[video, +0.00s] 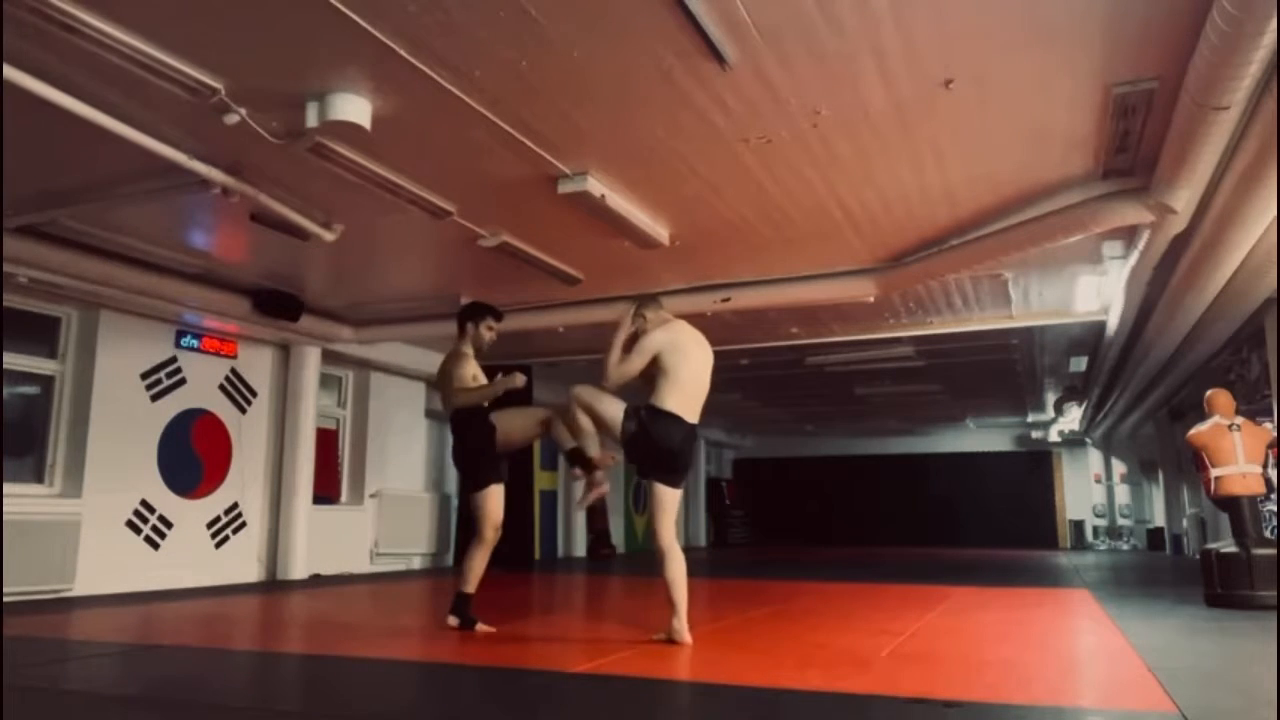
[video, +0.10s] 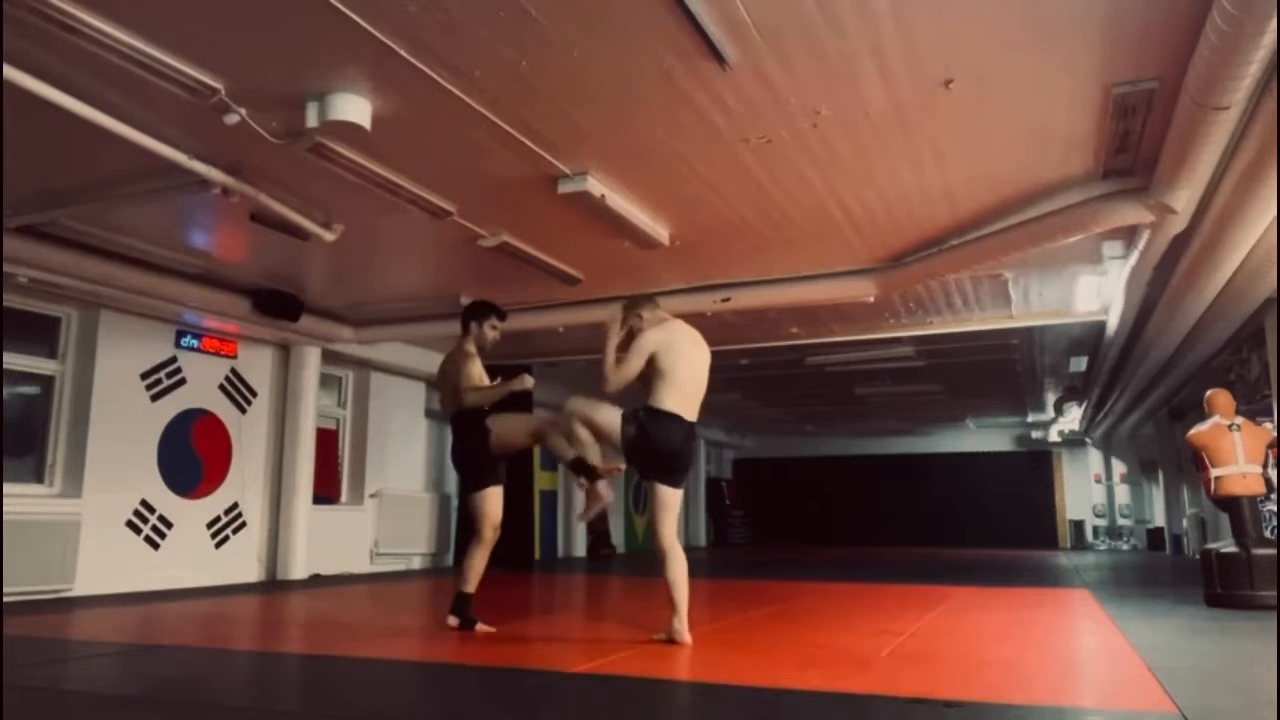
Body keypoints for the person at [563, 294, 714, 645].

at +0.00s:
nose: (639, 332)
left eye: (638, 326)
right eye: (637, 327)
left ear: (648, 315)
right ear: (664, 311)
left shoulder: (660, 335)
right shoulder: (701, 344)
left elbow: (613, 377)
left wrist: (621, 335)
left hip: (650, 430)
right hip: (681, 445)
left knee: (578, 395)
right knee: (667, 538)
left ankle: (595, 468)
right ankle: (680, 623)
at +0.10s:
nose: (632, 335)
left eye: (631, 329)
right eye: (630, 330)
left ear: (641, 317)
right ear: (658, 310)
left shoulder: (654, 335)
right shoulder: (697, 342)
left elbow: (613, 381)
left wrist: (611, 340)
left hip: (650, 433)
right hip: (681, 446)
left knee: (574, 407)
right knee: (668, 538)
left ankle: (596, 482)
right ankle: (680, 625)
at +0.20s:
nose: (630, 331)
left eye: (628, 325)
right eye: (627, 326)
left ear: (638, 312)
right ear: (654, 306)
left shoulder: (650, 334)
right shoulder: (696, 340)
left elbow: (625, 392)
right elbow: (675, 381)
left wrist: (600, 368)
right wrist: (631, 362)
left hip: (651, 433)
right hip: (682, 443)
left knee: (570, 447)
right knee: (671, 536)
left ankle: (592, 536)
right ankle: (681, 625)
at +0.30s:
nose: (628, 331)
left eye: (626, 325)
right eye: (625, 326)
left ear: (635, 312)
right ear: (653, 308)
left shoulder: (646, 335)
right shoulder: (694, 342)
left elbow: (638, 396)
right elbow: (679, 393)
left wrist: (600, 405)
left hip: (646, 434)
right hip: (679, 439)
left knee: (593, 511)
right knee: (673, 535)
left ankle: (583, 604)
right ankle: (682, 624)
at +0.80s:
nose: (605, 324)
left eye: (604, 318)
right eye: (603, 318)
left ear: (615, 308)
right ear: (633, 304)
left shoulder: (620, 335)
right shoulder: (669, 341)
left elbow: (584, 389)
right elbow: (668, 406)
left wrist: (558, 366)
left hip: (619, 439)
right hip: (656, 441)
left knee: (567, 517)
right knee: (670, 535)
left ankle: (574, 613)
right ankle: (684, 622)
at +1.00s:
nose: (583, 322)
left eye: (582, 316)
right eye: (581, 316)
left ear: (592, 308)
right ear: (613, 305)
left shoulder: (595, 334)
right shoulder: (647, 344)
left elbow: (562, 388)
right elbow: (655, 410)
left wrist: (540, 358)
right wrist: (658, 458)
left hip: (588, 437)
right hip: (626, 443)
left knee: (556, 528)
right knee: (622, 534)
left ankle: (561, 627)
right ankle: (663, 619)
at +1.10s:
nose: (568, 321)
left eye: (568, 314)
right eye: (567, 315)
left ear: (580, 306)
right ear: (599, 303)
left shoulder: (579, 331)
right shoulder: (633, 341)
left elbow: (561, 386)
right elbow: (630, 399)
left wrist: (534, 379)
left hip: (579, 429)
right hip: (612, 436)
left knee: (552, 531)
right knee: (576, 516)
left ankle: (561, 628)